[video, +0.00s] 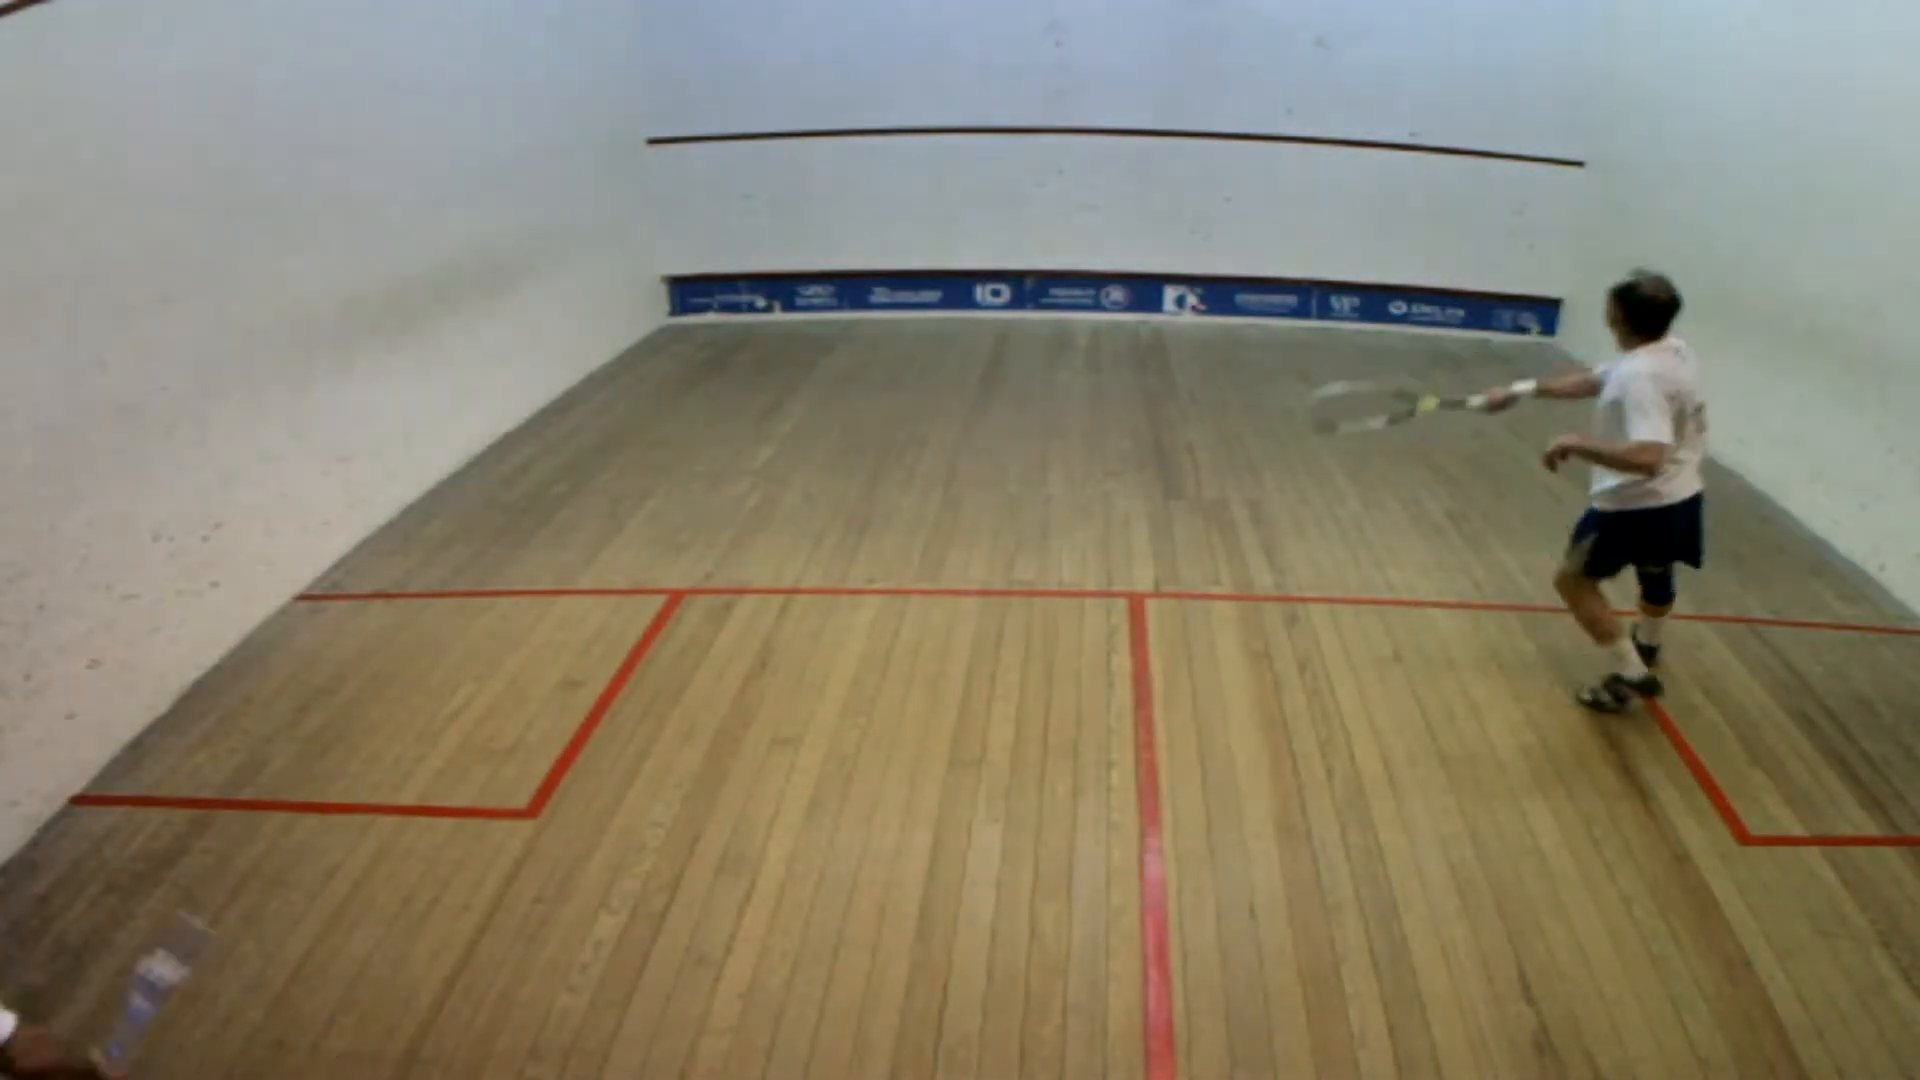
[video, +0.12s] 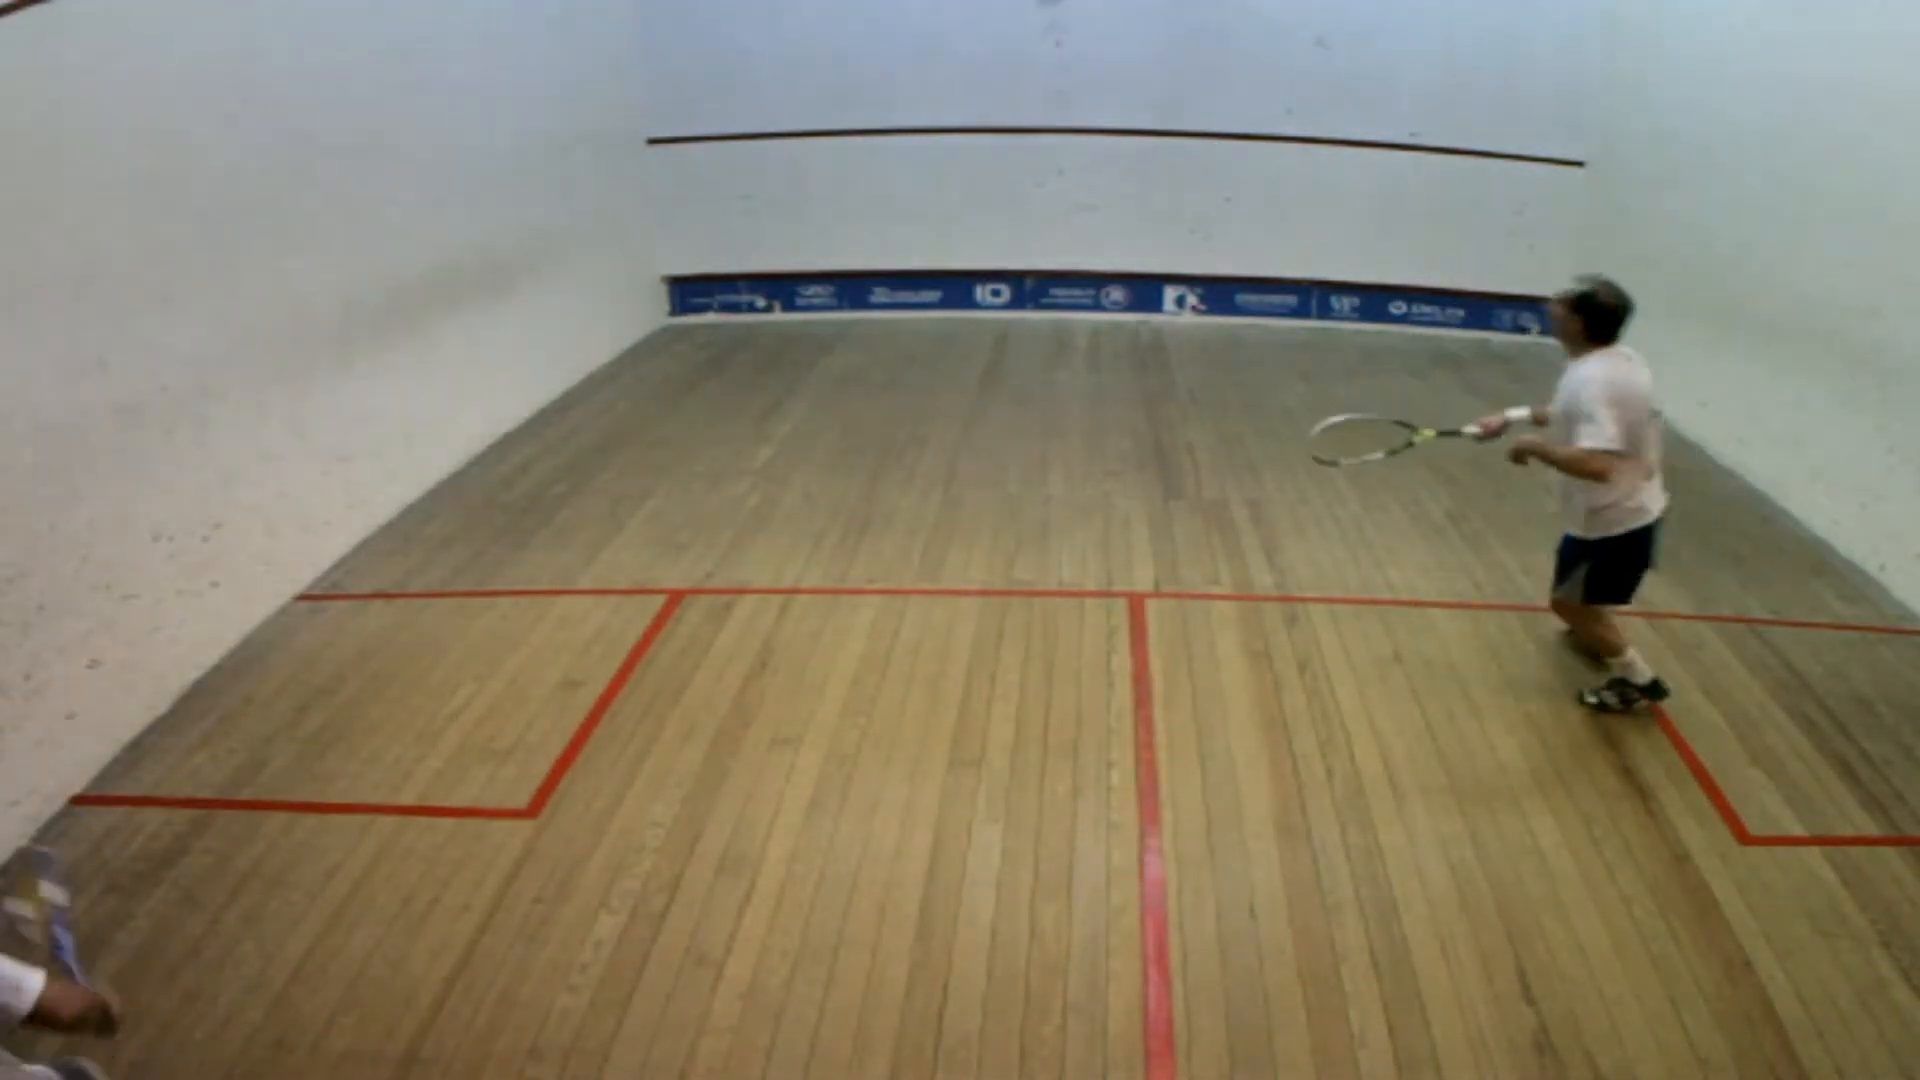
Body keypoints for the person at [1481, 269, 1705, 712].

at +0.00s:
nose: (1607, 320)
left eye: (1612, 313)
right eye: (1610, 312)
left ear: (1627, 321)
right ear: (1658, 320)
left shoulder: (1639, 374)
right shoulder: (1675, 353)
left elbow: (1649, 457)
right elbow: (1590, 382)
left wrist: (1575, 445)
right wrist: (1520, 390)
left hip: (1632, 507)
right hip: (1680, 500)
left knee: (1573, 581)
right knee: (1656, 575)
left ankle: (1633, 673)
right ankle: (1646, 654)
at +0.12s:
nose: (1553, 316)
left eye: (1562, 312)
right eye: (1558, 310)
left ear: (1581, 325)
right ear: (1599, 326)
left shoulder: (1593, 379)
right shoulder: (1620, 362)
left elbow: (1599, 465)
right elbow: (1574, 416)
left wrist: (1538, 450)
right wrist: (1512, 418)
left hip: (1609, 523)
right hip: (1633, 509)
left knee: (1569, 602)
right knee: (1587, 583)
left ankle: (1637, 676)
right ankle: (1592, 635)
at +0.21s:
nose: (1509, 304)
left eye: (1520, 298)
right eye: (1514, 296)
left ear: (1550, 312)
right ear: (1559, 313)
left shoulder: (1536, 366)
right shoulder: (1595, 354)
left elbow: (1545, 449)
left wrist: (1499, 447)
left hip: (1563, 519)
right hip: (1602, 509)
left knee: (1540, 596)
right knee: (1517, 555)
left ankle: (1617, 668)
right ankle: (1500, 644)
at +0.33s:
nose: (1439, 314)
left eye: (1451, 307)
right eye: (1443, 304)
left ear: (1486, 319)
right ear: (1493, 319)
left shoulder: (1474, 376)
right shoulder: (1539, 362)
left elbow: (1480, 463)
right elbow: (1533, 442)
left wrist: (1438, 468)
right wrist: (1455, 450)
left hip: (1503, 522)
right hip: (1542, 513)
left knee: (1421, 609)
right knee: (1431, 569)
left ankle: (1529, 672)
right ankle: (1415, 665)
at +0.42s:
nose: (1390, 331)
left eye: (1402, 323)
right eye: (1393, 321)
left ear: (1442, 333)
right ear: (1448, 334)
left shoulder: (1435, 392)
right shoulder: (1494, 374)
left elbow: (1439, 482)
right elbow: (1488, 457)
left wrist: (1395, 482)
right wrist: (1408, 468)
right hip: (1502, 530)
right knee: (1405, 590)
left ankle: (1384, 711)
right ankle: (1413, 668)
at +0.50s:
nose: (1361, 335)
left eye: (1374, 328)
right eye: (1365, 324)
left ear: (1414, 338)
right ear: (1422, 339)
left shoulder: (1405, 400)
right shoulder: (1469, 383)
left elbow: (1402, 492)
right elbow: (1452, 468)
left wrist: (1359, 485)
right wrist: (1379, 478)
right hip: (1466, 542)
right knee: (1385, 585)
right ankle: (1409, 665)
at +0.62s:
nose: (1313, 328)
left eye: (1317, 320)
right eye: (1315, 319)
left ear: (1335, 328)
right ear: (1387, 329)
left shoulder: (1306, 391)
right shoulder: (1434, 395)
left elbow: (1275, 485)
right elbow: (1459, 477)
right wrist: (1400, 472)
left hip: (1319, 566)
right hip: (1397, 565)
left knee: (1226, 645)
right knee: (1387, 628)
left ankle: (1242, 766)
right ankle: (1377, 691)